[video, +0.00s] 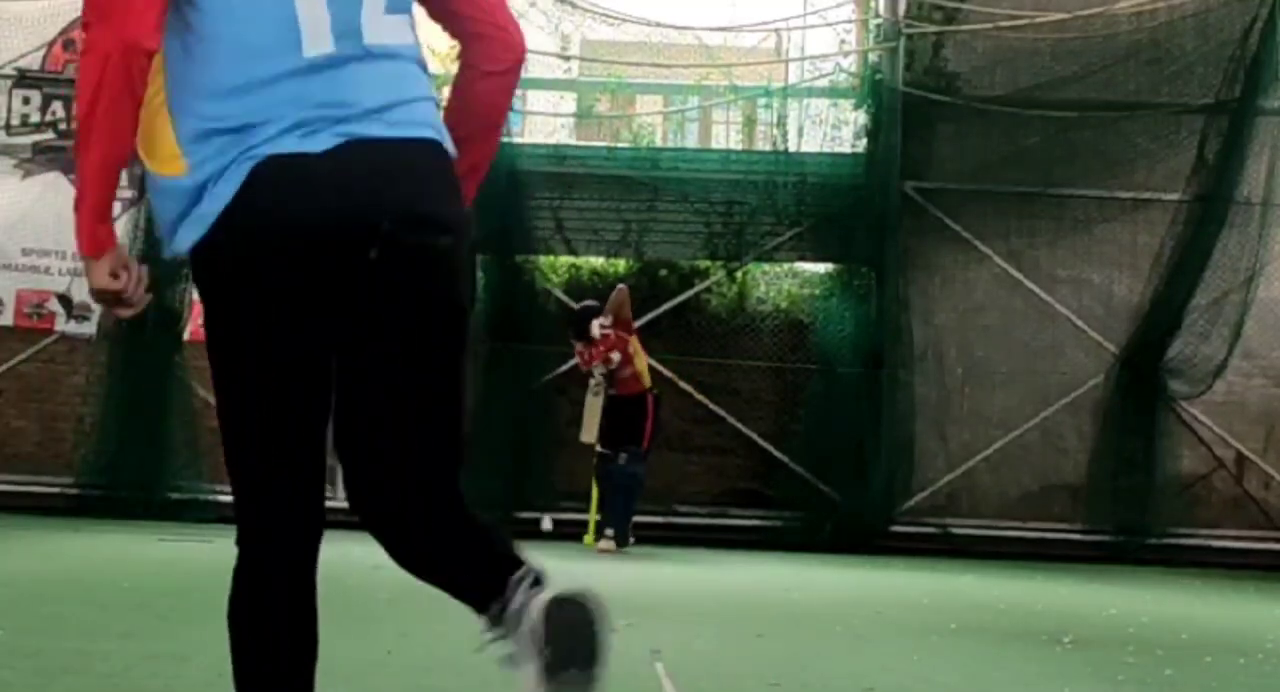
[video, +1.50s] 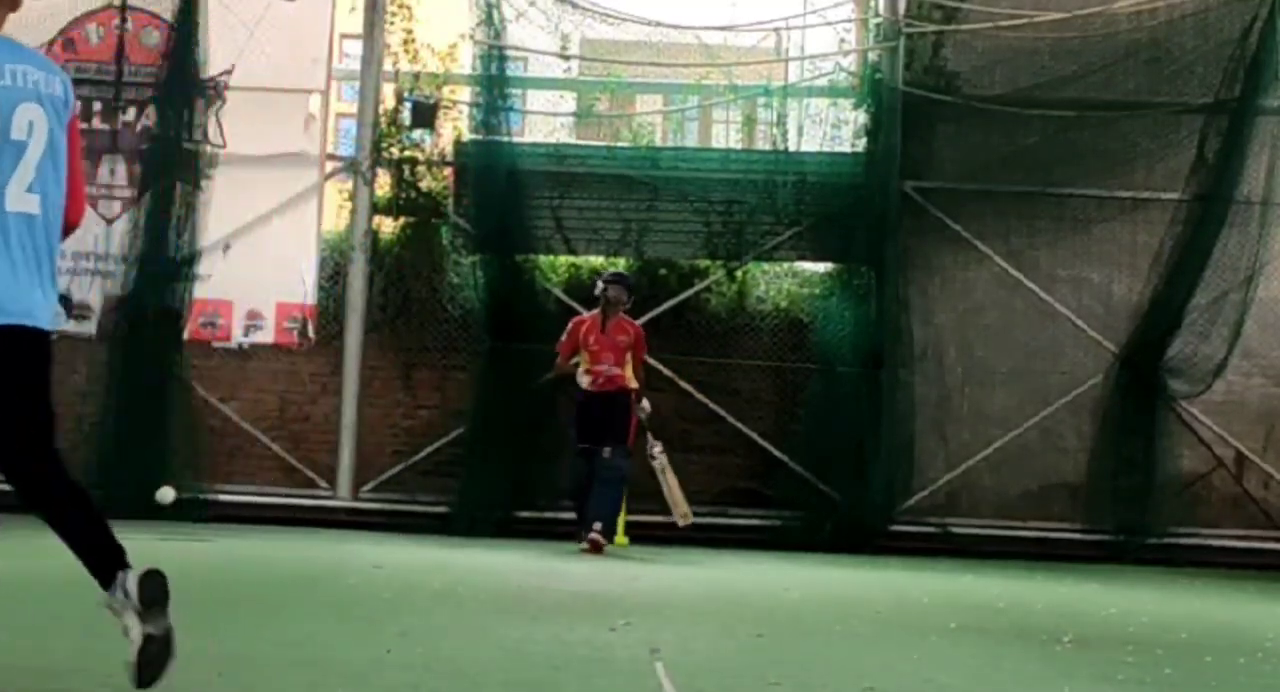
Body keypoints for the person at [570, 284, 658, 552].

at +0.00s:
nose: (601, 328)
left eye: (599, 324)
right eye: (596, 326)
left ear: (599, 323)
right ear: (586, 331)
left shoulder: (621, 330)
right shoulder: (587, 351)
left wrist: (607, 318)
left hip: (636, 394)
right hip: (612, 395)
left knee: (630, 459)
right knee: (607, 457)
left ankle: (620, 528)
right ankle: (608, 527)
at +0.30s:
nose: (604, 354)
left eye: (604, 349)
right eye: (594, 354)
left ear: (607, 343)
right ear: (584, 352)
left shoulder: (620, 342)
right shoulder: (578, 365)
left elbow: (663, 335)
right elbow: (584, 395)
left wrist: (647, 361)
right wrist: (605, 393)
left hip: (630, 409)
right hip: (603, 413)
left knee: (620, 463)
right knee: (597, 469)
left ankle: (600, 522)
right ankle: (615, 526)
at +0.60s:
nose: (600, 354)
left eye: (604, 348)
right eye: (594, 349)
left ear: (614, 339)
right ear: (586, 343)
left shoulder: (631, 357)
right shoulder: (580, 359)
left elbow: (640, 395)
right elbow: (572, 393)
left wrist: (625, 410)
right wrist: (585, 400)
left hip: (616, 423)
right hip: (588, 421)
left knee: (607, 476)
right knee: (585, 476)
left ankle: (593, 535)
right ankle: (590, 531)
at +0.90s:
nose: (603, 321)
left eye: (609, 315)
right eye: (598, 315)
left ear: (618, 318)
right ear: (590, 318)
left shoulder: (631, 351)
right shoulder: (578, 348)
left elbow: (633, 389)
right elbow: (575, 385)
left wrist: (629, 420)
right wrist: (576, 416)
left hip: (616, 409)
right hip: (587, 408)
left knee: (605, 472)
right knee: (577, 469)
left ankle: (594, 534)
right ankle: (583, 531)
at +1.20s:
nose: (604, 296)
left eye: (611, 291)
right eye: (600, 290)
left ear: (622, 296)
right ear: (594, 294)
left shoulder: (633, 335)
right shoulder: (580, 327)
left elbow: (638, 380)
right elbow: (560, 363)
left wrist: (639, 421)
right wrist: (542, 397)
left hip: (615, 402)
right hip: (584, 401)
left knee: (603, 464)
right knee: (568, 462)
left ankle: (594, 535)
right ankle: (582, 529)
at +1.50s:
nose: (614, 295)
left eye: (621, 291)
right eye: (611, 288)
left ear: (627, 298)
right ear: (601, 292)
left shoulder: (633, 331)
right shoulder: (580, 324)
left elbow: (638, 368)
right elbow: (561, 364)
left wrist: (640, 396)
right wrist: (578, 366)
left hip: (620, 396)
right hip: (590, 395)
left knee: (613, 459)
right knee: (585, 458)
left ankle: (601, 527)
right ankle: (587, 525)